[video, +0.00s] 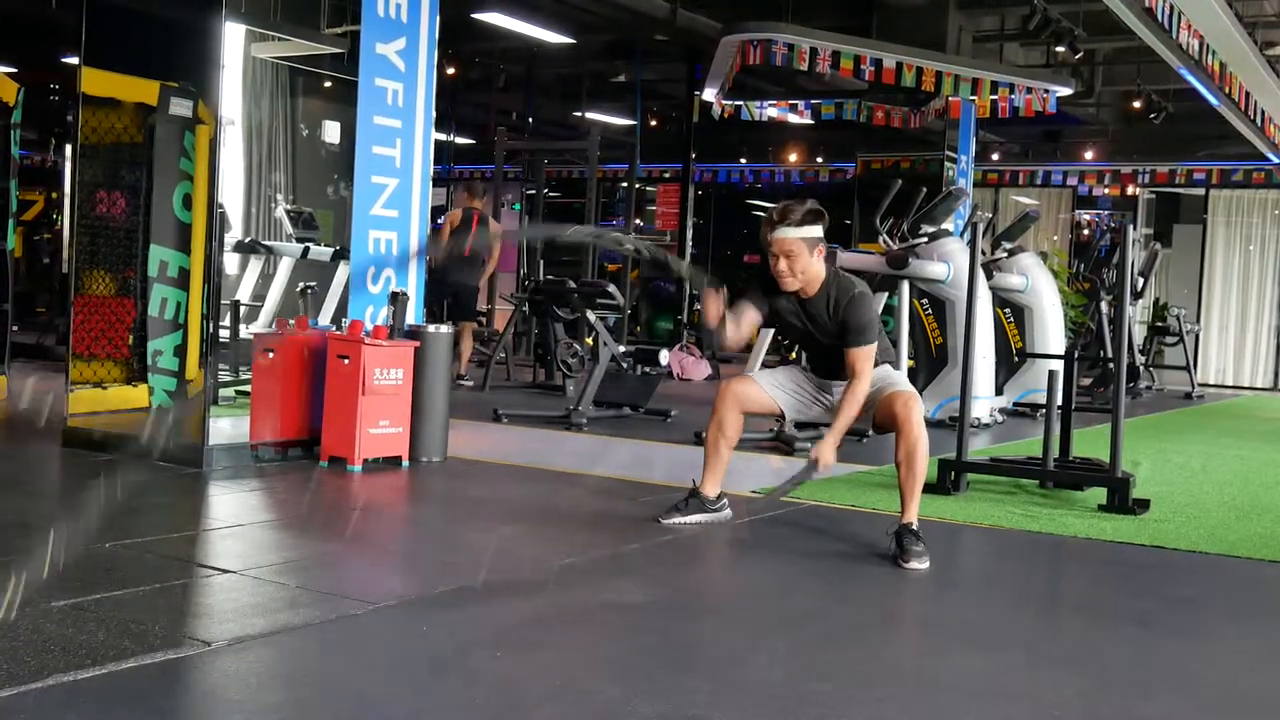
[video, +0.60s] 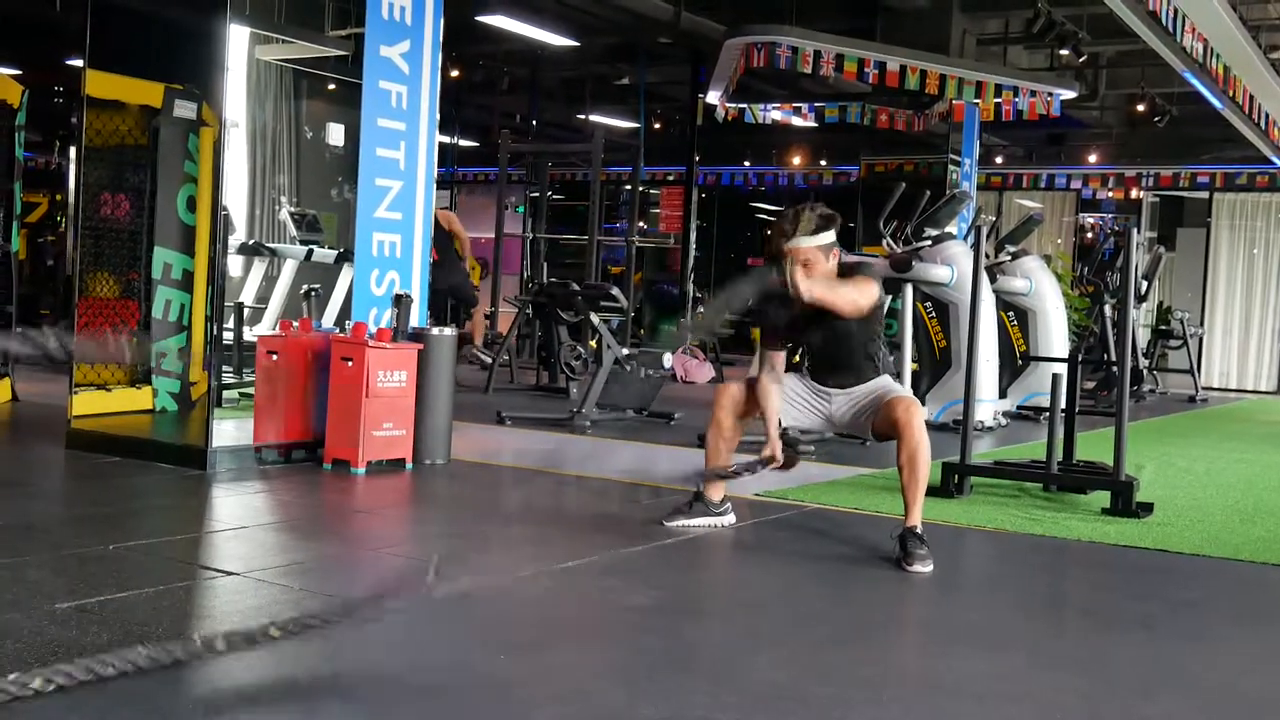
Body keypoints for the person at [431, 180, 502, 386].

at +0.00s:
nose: (461, 198)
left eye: (462, 194)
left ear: (466, 195)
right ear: (484, 199)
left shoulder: (452, 216)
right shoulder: (494, 226)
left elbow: (441, 248)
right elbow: (493, 259)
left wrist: (437, 265)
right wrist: (479, 282)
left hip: (445, 281)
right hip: (470, 284)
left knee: (438, 326)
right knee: (466, 329)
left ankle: (435, 372)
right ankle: (462, 373)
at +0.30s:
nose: (454, 203)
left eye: (449, 199)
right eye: (458, 199)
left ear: (442, 200)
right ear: (459, 200)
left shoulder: (432, 223)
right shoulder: (470, 223)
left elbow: (424, 252)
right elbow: (481, 253)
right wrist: (478, 274)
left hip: (438, 281)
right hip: (463, 281)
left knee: (435, 328)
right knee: (465, 327)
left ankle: (434, 372)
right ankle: (463, 371)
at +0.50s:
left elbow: (424, 261)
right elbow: (467, 257)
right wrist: (470, 276)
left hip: (436, 284)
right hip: (458, 282)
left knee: (438, 326)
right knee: (476, 314)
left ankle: (439, 366)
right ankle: (475, 351)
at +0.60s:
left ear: (420, 202)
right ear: (433, 200)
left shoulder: (413, 221)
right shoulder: (445, 216)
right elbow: (464, 237)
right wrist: (466, 261)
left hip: (431, 279)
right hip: (453, 276)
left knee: (435, 319)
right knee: (476, 308)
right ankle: (477, 347)